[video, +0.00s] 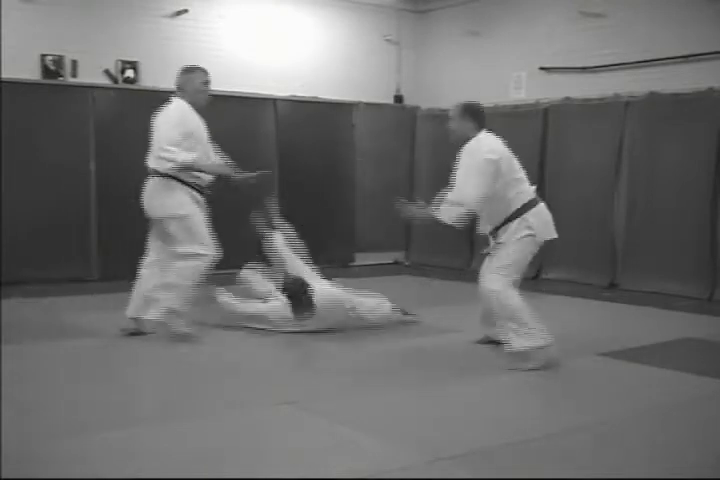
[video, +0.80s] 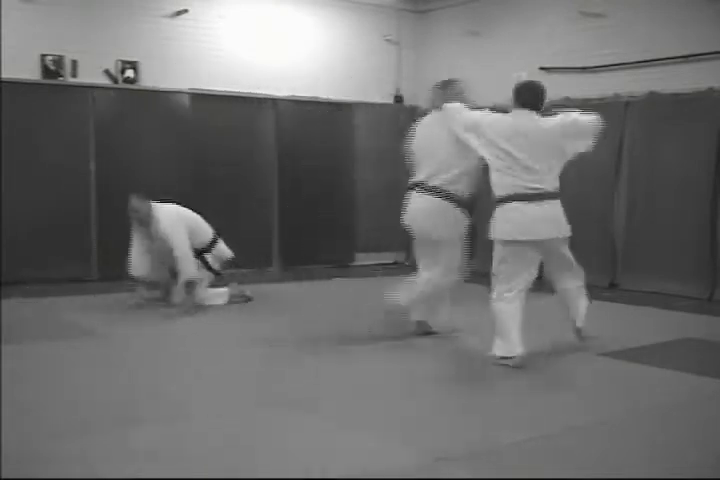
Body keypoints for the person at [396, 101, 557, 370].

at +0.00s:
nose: (449, 126)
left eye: (453, 120)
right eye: (450, 120)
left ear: (469, 122)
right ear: (469, 123)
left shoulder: (481, 149)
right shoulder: (475, 148)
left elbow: (467, 203)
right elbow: (459, 192)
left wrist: (429, 212)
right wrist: (431, 206)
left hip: (524, 225)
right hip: (509, 228)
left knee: (496, 282)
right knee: (489, 278)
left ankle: (535, 343)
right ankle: (498, 332)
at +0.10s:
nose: (457, 120)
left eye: (462, 114)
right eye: (459, 114)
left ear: (477, 117)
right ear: (481, 117)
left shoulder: (487, 148)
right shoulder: (496, 140)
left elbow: (487, 198)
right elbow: (485, 193)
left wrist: (480, 242)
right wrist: (474, 227)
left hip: (531, 223)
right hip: (515, 224)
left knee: (514, 285)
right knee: (495, 273)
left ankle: (552, 350)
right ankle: (500, 327)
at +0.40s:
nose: (483, 125)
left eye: (488, 119)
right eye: (484, 119)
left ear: (503, 122)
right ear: (500, 123)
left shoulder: (522, 154)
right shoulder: (496, 155)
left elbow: (530, 207)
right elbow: (490, 196)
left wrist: (505, 231)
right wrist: (483, 217)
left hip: (554, 226)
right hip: (532, 228)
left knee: (533, 282)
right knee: (515, 270)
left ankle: (554, 352)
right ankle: (541, 326)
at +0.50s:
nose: (491, 130)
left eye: (496, 125)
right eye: (492, 125)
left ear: (511, 129)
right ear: (509, 130)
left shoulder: (528, 161)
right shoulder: (507, 157)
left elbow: (514, 205)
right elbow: (484, 174)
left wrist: (473, 209)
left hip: (555, 235)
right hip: (539, 235)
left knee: (522, 287)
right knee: (532, 289)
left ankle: (553, 353)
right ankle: (556, 335)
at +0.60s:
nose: (498, 123)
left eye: (504, 118)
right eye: (499, 118)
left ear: (518, 125)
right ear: (527, 126)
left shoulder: (521, 157)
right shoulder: (541, 146)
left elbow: (475, 167)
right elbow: (503, 154)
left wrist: (441, 143)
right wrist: (487, 136)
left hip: (544, 234)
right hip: (561, 228)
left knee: (501, 287)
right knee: (534, 289)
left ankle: (534, 344)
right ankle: (555, 333)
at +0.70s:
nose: (501, 116)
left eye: (504, 112)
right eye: (503, 111)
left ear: (516, 115)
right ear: (532, 115)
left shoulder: (500, 143)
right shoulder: (549, 133)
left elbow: (459, 131)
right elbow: (557, 119)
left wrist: (432, 109)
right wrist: (538, 106)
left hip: (530, 226)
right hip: (563, 220)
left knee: (498, 285)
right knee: (550, 280)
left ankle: (512, 343)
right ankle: (554, 324)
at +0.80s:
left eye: (515, 99)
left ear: (513, 101)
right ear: (541, 104)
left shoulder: (496, 125)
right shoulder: (555, 127)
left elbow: (459, 115)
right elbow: (594, 122)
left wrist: (448, 102)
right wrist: (565, 114)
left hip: (511, 217)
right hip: (549, 215)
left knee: (507, 286)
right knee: (565, 270)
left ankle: (509, 350)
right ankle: (580, 316)